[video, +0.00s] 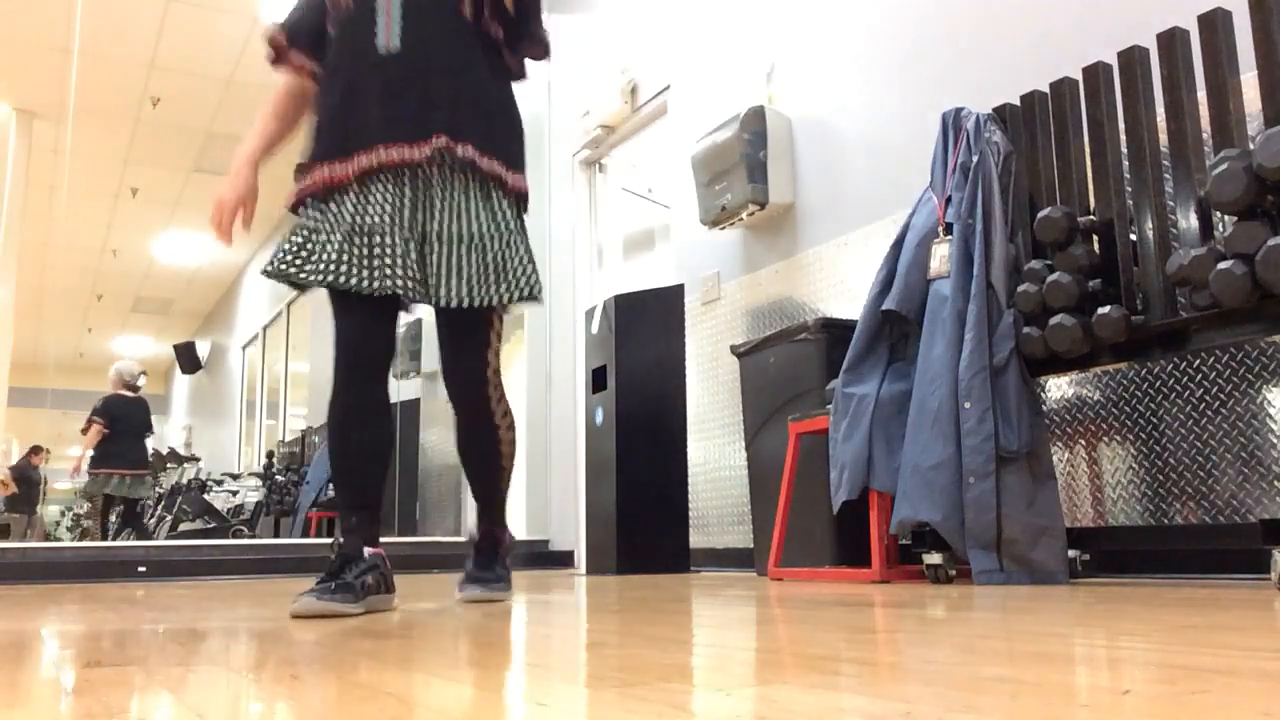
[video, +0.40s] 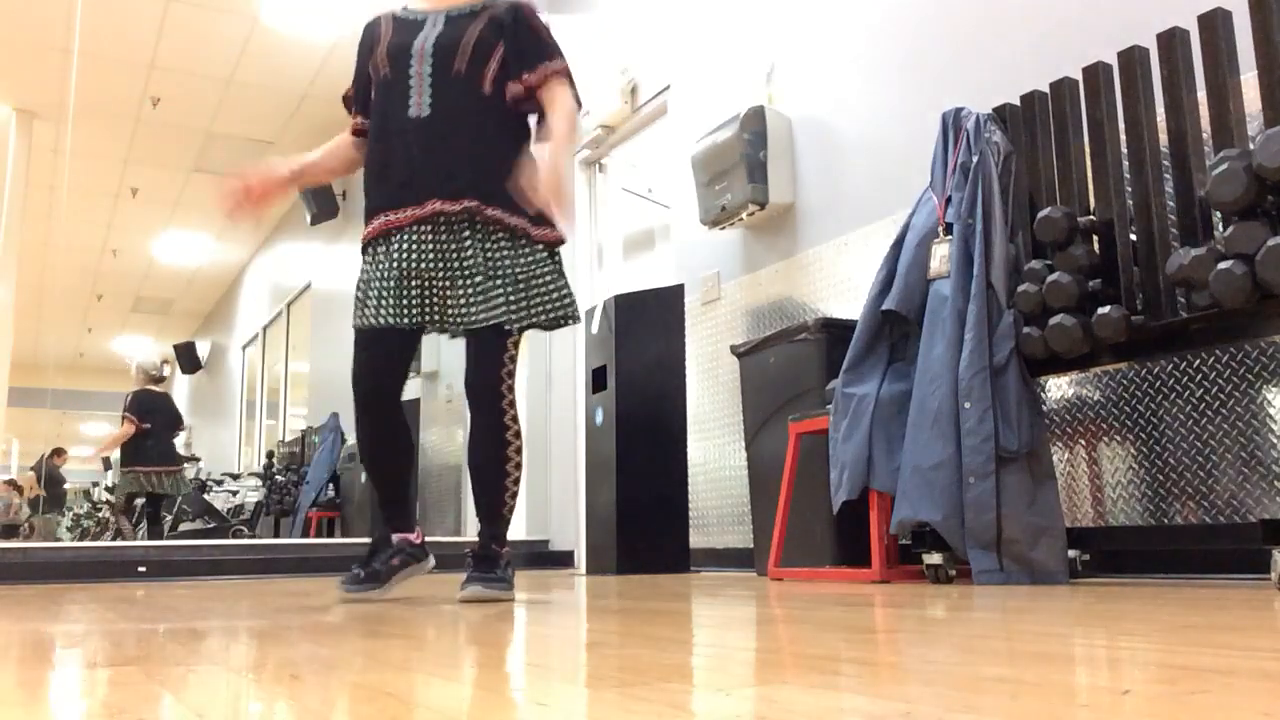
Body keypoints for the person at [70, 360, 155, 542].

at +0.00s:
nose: (110, 380)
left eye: (112, 376)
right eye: (111, 376)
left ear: (117, 379)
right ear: (134, 380)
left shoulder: (108, 402)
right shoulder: (142, 403)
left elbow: (96, 431)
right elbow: (147, 432)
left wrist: (80, 459)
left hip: (107, 471)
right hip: (137, 471)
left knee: (100, 517)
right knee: (131, 517)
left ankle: (100, 557)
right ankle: (151, 550)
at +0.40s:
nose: (133, 376)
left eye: (135, 373)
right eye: (135, 372)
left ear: (140, 374)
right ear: (157, 375)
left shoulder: (137, 396)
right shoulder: (165, 397)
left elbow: (128, 429)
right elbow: (179, 425)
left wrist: (102, 450)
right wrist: (160, 438)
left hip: (138, 469)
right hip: (165, 468)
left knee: (121, 511)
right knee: (154, 514)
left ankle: (131, 549)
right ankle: (156, 557)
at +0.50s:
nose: (134, 375)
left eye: (136, 371)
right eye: (135, 370)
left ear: (141, 373)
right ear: (160, 375)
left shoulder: (138, 396)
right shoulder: (167, 397)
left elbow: (127, 430)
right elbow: (182, 431)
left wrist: (97, 441)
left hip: (139, 467)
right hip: (166, 467)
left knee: (129, 511)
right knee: (154, 514)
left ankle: (139, 548)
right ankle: (155, 555)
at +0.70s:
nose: (139, 375)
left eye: (140, 372)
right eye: (140, 372)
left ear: (145, 374)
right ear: (166, 375)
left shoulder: (139, 395)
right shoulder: (175, 397)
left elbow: (118, 424)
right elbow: (191, 428)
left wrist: (91, 413)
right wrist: (201, 433)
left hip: (144, 467)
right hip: (172, 466)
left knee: (139, 515)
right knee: (157, 514)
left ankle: (147, 559)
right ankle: (163, 556)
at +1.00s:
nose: (156, 372)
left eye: (158, 369)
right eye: (157, 368)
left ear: (164, 371)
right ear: (182, 372)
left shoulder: (162, 394)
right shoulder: (195, 397)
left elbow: (132, 410)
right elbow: (213, 419)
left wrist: (113, 392)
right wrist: (190, 426)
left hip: (156, 462)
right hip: (183, 463)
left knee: (151, 510)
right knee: (177, 509)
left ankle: (147, 555)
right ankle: (195, 544)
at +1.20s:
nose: (171, 369)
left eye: (174, 366)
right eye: (173, 365)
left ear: (180, 370)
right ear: (197, 370)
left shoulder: (180, 393)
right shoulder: (204, 394)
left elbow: (160, 421)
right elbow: (220, 422)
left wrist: (133, 410)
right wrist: (199, 433)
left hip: (176, 465)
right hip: (201, 465)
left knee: (161, 512)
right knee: (198, 516)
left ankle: (153, 556)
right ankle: (206, 557)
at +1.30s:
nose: (176, 370)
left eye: (178, 366)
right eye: (177, 366)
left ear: (186, 370)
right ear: (199, 370)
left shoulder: (184, 394)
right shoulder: (211, 395)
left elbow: (168, 424)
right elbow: (223, 425)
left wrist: (138, 420)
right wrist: (200, 434)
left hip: (181, 466)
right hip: (208, 466)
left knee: (160, 510)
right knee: (201, 515)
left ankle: (153, 556)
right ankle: (210, 558)